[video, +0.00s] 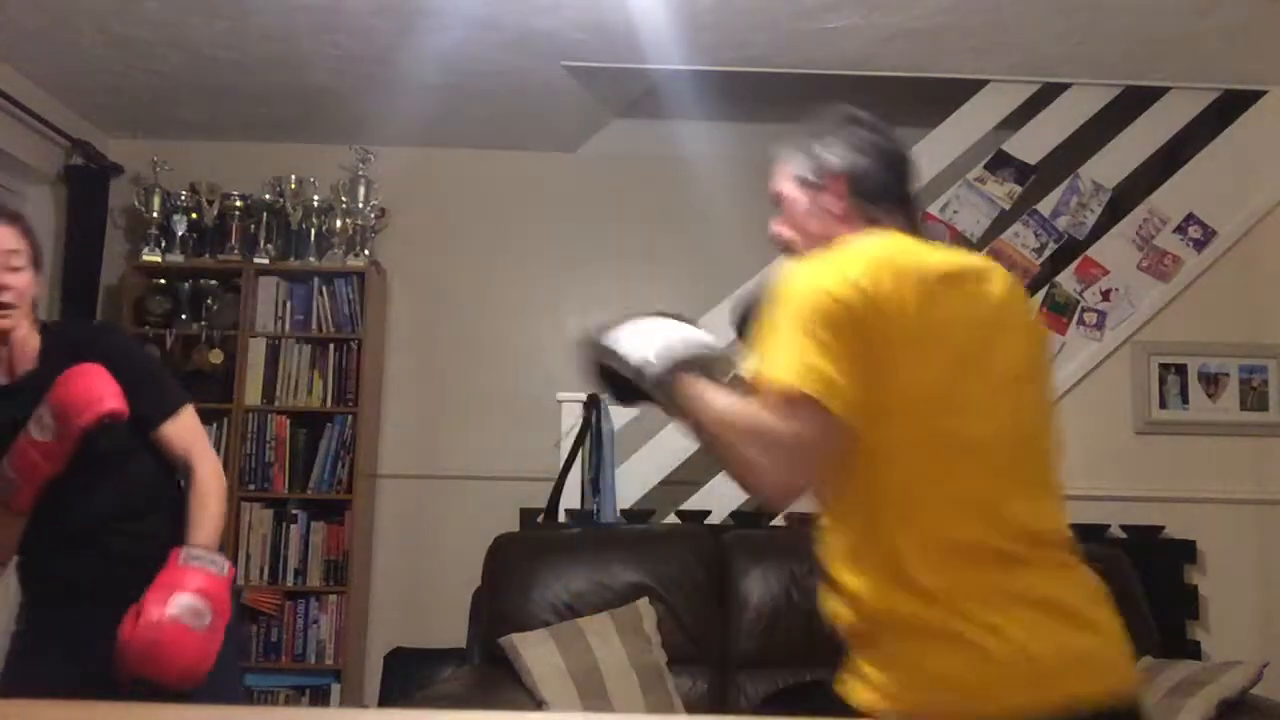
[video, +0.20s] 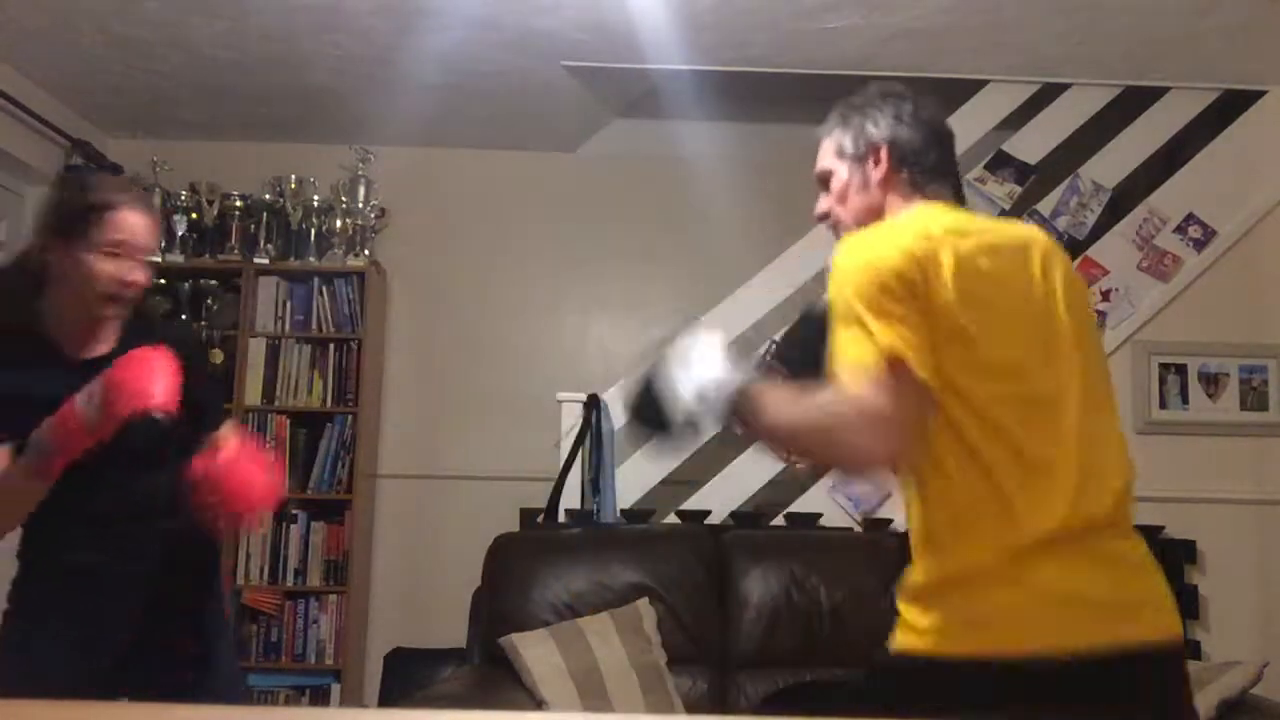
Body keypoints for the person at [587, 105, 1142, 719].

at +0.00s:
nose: (777, 230)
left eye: (782, 204)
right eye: (774, 209)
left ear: (832, 192)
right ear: (899, 200)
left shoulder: (828, 279)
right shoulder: (1001, 286)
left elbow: (780, 468)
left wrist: (675, 377)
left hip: (931, 683)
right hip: (1085, 667)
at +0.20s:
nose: (822, 208)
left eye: (828, 180)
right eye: (819, 188)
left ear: (878, 164)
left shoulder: (878, 252)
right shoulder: (1044, 249)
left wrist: (730, 389)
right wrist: (887, 450)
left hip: (976, 654)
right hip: (1134, 650)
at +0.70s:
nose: (826, 243)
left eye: (831, 222)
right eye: (825, 225)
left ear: (881, 208)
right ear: (913, 208)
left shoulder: (861, 285)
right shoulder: (1045, 297)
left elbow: (695, 345)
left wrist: (533, 314)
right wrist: (808, 369)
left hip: (959, 667)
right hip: (1102, 665)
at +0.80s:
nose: (859, 265)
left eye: (862, 244)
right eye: (854, 250)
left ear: (908, 223)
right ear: (931, 225)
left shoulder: (911, 292)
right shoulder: (1045, 302)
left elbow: (856, 414)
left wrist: (709, 377)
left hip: (978, 668)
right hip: (1098, 664)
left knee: (783, 704)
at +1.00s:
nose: (869, 270)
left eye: (874, 247)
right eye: (865, 255)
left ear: (924, 228)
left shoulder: (944, 288)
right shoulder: (1046, 314)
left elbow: (985, 425)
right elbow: (958, 493)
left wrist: (852, 416)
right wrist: (878, 412)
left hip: (995, 641)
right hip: (1093, 642)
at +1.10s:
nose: (848, 264)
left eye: (854, 241)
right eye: (846, 247)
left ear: (905, 225)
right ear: (911, 229)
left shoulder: (922, 281)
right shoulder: (1022, 305)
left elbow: (868, 382)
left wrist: (733, 357)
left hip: (997, 628)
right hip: (1089, 623)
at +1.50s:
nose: (807, 301)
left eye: (807, 285)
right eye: (806, 290)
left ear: (827, 271)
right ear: (899, 267)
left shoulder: (842, 317)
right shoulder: (966, 335)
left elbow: (779, 407)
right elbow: (824, 478)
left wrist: (616, 467)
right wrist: (785, 381)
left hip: (951, 673)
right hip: (1066, 659)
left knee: (778, 705)